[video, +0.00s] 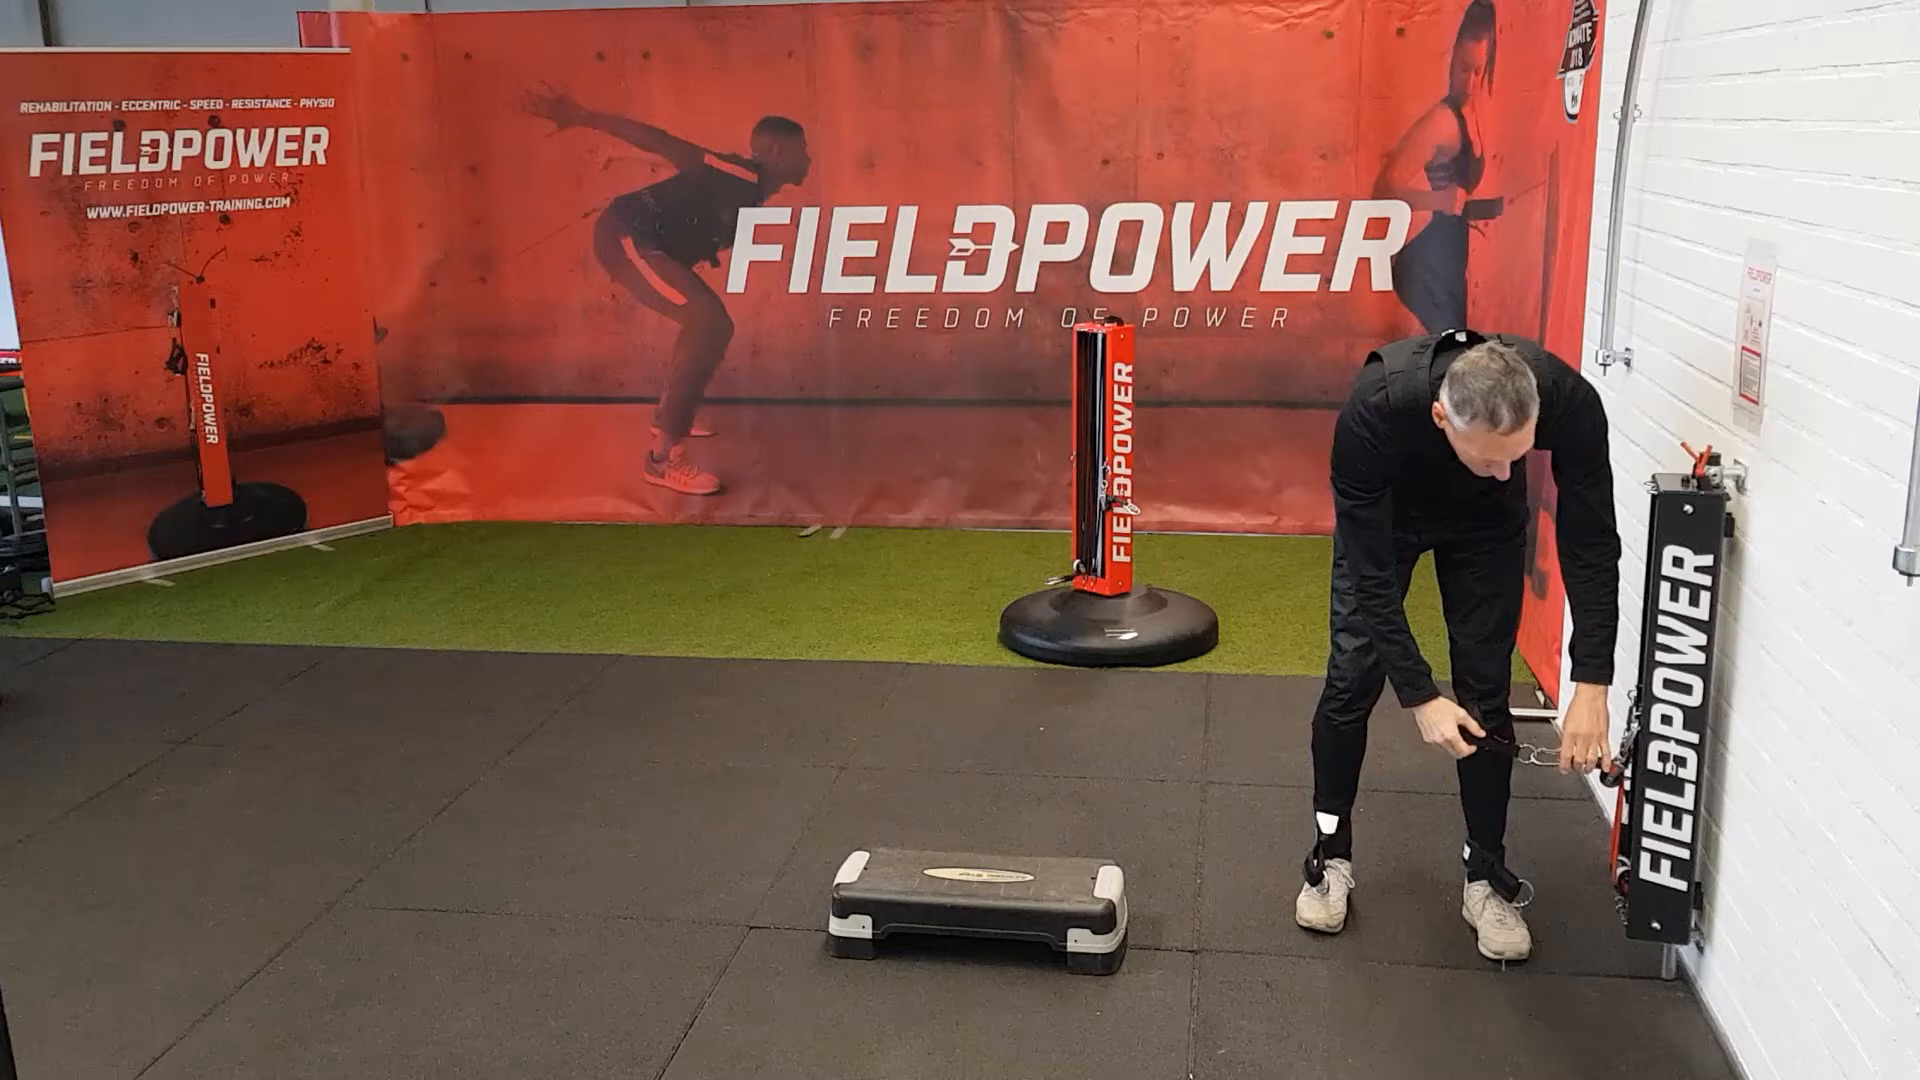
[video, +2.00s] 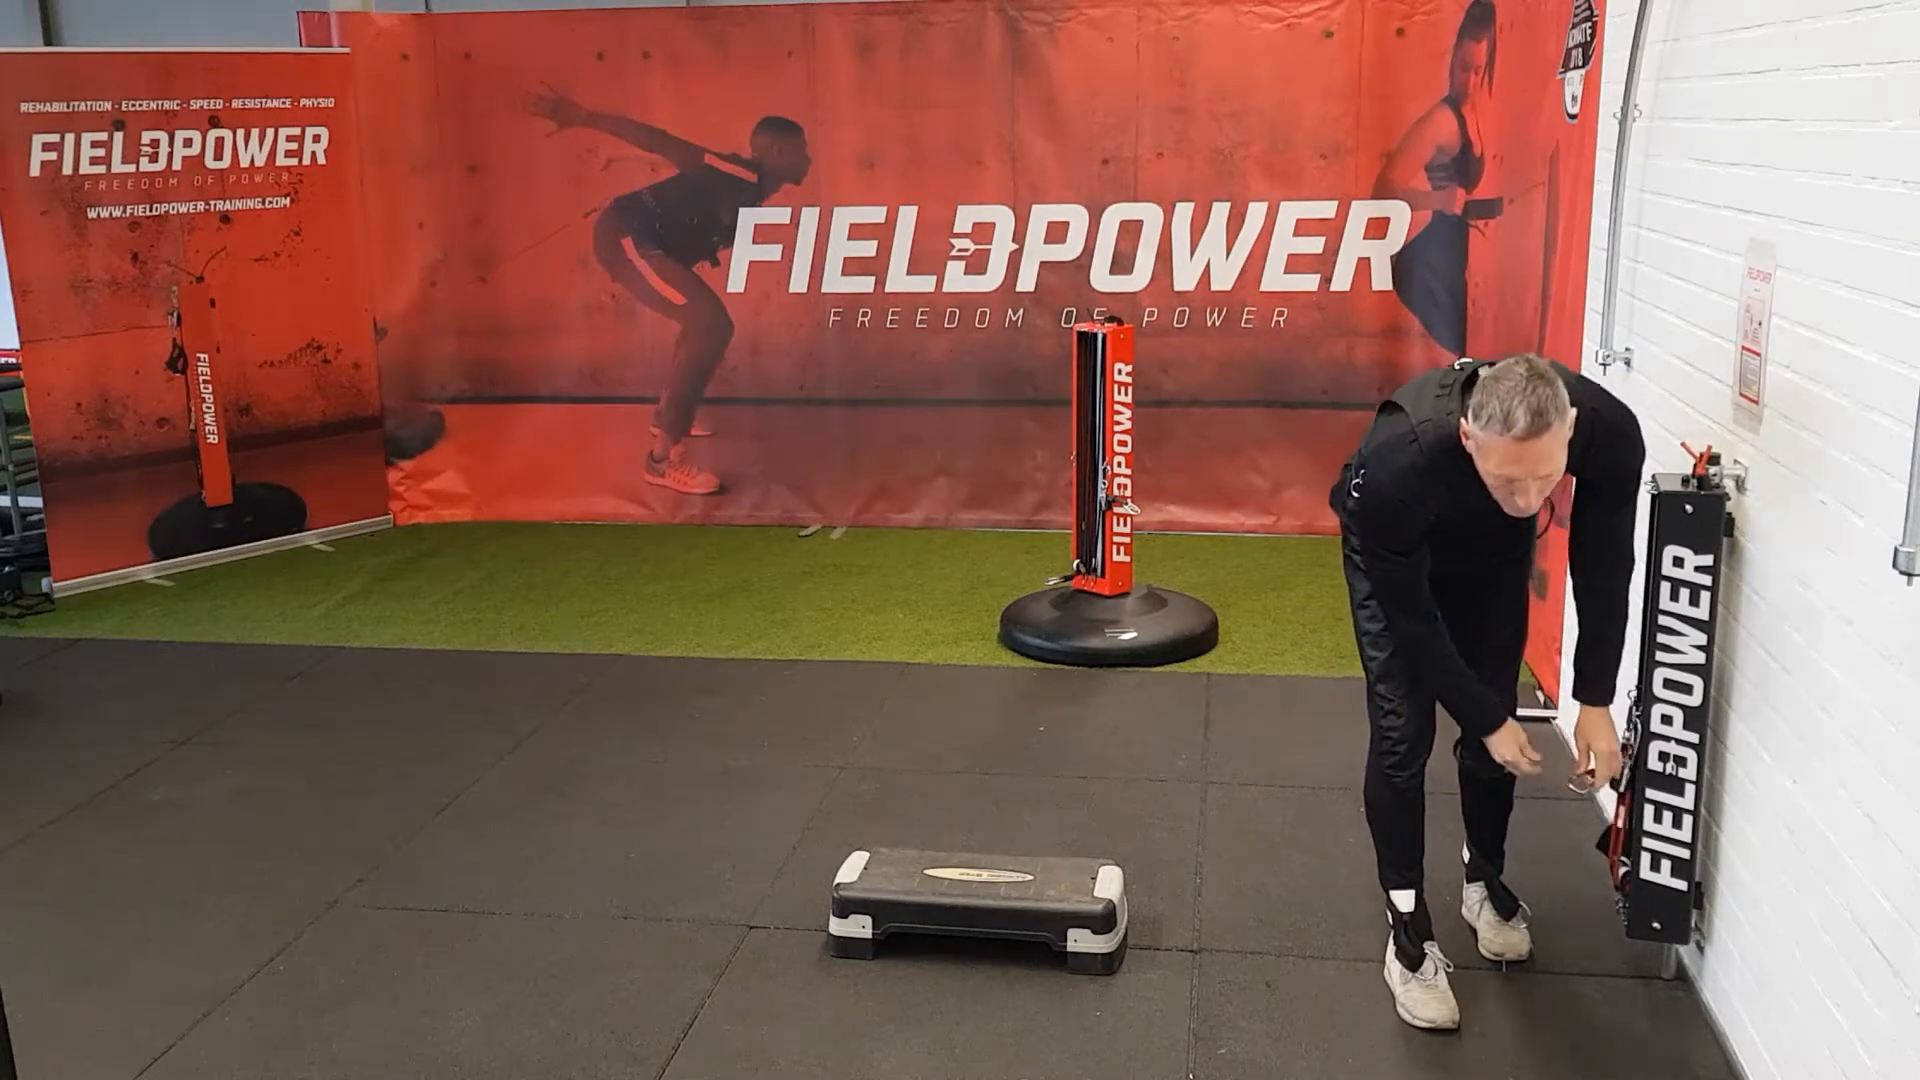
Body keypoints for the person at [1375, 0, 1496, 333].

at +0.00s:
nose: (1472, 81)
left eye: (1480, 72)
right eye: (1465, 70)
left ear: (1489, 73)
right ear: (1450, 68)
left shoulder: (1467, 119)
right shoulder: (1440, 120)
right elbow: (1389, 186)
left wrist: (1471, 210)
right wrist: (1439, 200)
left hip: (1446, 251)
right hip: (1425, 255)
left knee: (1454, 345)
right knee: (1450, 346)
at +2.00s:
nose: (1472, 81)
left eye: (1482, 71)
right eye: (1465, 68)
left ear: (1492, 73)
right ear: (1451, 65)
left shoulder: (1469, 121)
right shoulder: (1440, 120)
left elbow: (1437, 188)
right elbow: (1387, 188)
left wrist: (1470, 211)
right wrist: (1437, 199)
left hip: (1446, 252)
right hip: (1426, 256)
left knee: (1452, 357)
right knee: (1446, 357)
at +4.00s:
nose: (1470, 81)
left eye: (1479, 71)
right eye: (1464, 68)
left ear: (1488, 70)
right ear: (1450, 62)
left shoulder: (1466, 119)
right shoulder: (1440, 120)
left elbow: (1437, 188)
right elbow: (1386, 189)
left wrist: (1471, 210)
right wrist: (1439, 200)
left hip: (1447, 253)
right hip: (1427, 258)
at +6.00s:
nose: (1472, 81)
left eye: (1481, 72)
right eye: (1465, 69)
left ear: (1490, 72)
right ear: (1451, 66)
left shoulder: (1466, 118)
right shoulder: (1441, 121)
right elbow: (1386, 188)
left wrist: (1467, 211)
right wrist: (1440, 200)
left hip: (1446, 257)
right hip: (1424, 260)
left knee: (1454, 354)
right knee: (1451, 354)